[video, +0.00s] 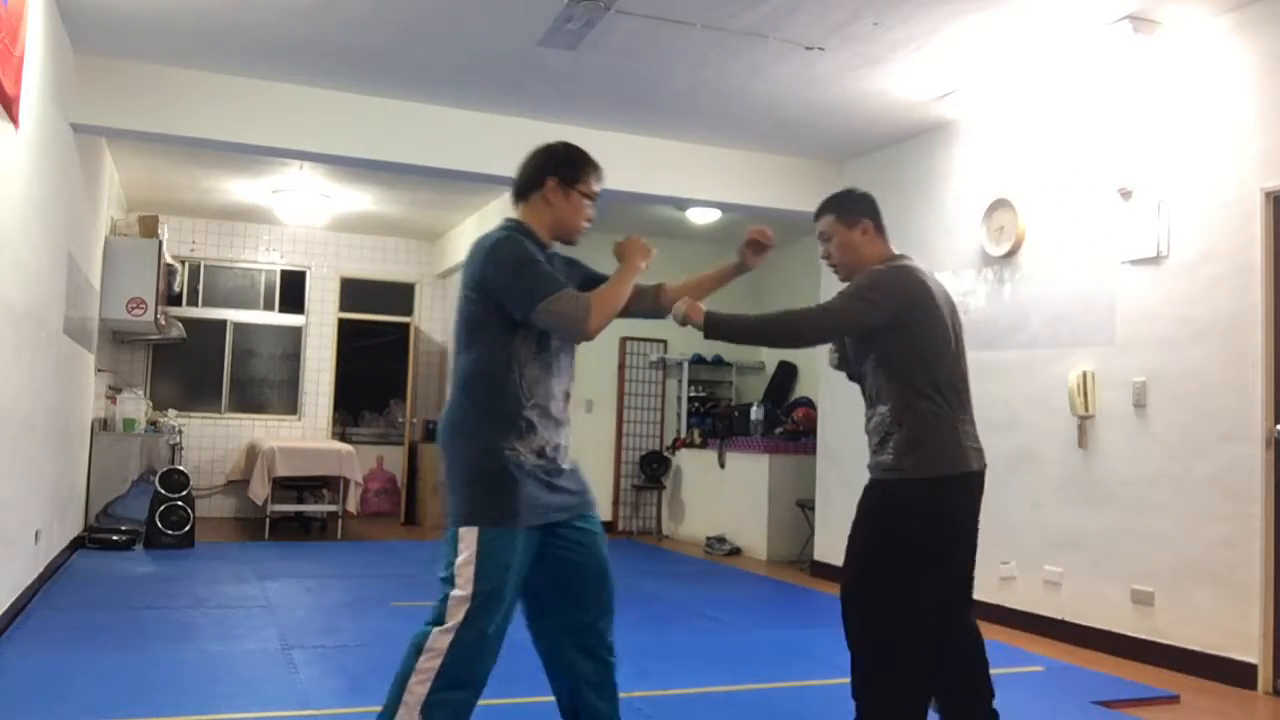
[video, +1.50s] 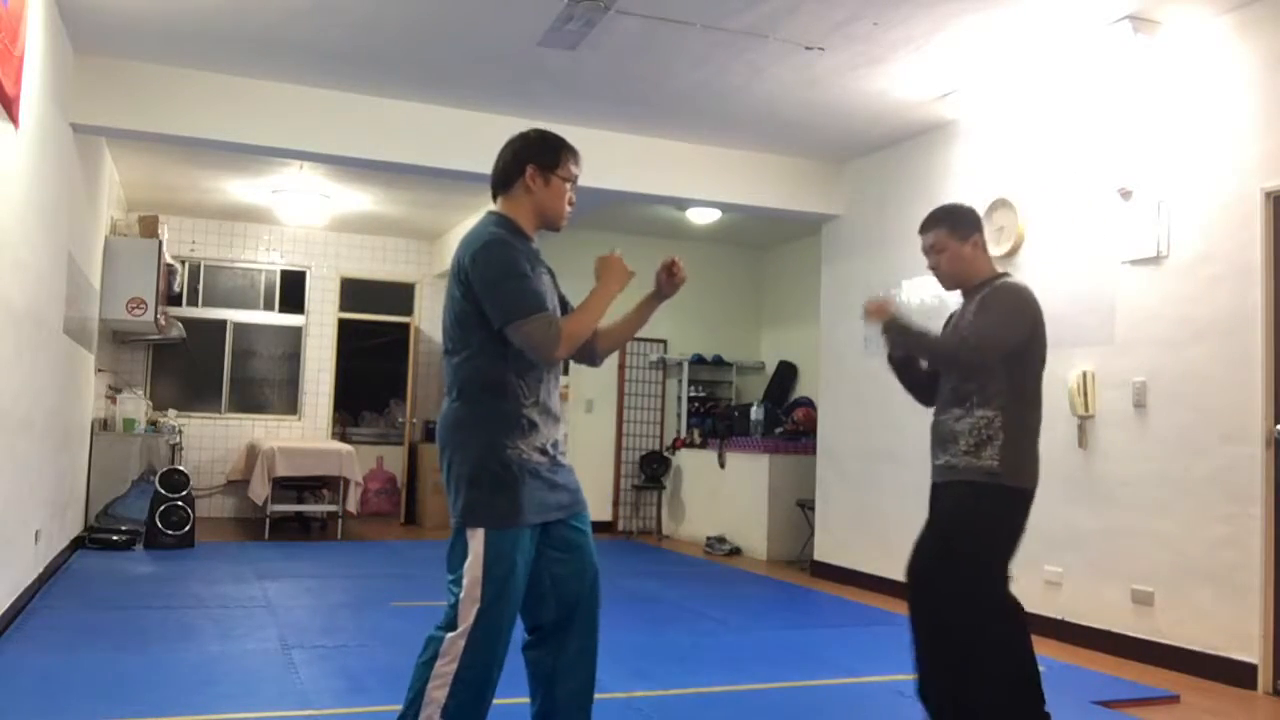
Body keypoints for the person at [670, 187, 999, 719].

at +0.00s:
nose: (823, 254)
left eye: (828, 239)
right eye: (819, 243)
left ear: (865, 229)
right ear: (868, 235)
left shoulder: (888, 280)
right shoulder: (922, 284)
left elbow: (808, 326)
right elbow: (899, 382)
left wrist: (709, 320)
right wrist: (847, 356)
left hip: (912, 476)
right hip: (953, 472)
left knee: (871, 608)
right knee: (944, 614)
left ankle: (888, 713)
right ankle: (972, 712)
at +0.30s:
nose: (860, 255)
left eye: (867, 242)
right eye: (858, 245)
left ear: (902, 238)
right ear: (903, 243)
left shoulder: (920, 294)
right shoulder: (931, 299)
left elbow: (853, 347)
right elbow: (904, 393)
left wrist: (775, 365)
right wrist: (855, 367)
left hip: (922, 482)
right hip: (945, 480)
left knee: (877, 603)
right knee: (953, 594)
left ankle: (887, 715)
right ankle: (1024, 706)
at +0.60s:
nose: (928, 252)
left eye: (936, 241)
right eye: (927, 244)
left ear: (973, 244)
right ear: (955, 249)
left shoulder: (996, 303)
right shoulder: (965, 307)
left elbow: (1022, 385)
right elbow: (975, 388)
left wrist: (953, 443)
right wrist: (929, 407)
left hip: (987, 480)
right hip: (969, 477)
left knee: (934, 591)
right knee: (990, 603)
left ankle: (918, 709)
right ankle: (1038, 712)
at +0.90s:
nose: (964, 239)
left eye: (974, 230)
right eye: (963, 232)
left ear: (1011, 236)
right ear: (974, 243)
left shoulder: (1035, 300)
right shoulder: (968, 314)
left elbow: (1029, 371)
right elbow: (959, 389)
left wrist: (937, 362)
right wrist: (922, 372)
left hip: (1014, 474)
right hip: (970, 474)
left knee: (964, 585)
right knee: (1006, 590)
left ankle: (970, 704)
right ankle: (1041, 706)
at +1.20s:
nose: (952, 238)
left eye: (964, 228)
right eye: (953, 230)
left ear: (1001, 234)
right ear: (979, 239)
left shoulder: (1025, 297)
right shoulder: (971, 309)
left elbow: (1029, 375)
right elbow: (981, 383)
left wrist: (944, 381)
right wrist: (939, 385)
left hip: (1002, 478)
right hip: (968, 476)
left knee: (964, 600)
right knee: (1003, 597)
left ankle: (975, 709)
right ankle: (1042, 708)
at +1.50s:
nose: (930, 264)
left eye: (936, 250)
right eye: (926, 255)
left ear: (971, 242)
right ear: (960, 251)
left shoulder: (1010, 299)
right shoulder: (961, 318)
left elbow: (970, 351)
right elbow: (932, 391)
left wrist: (897, 322)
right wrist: (897, 346)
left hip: (993, 480)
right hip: (957, 480)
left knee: (931, 580)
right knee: (979, 594)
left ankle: (954, 708)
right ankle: (1022, 711)